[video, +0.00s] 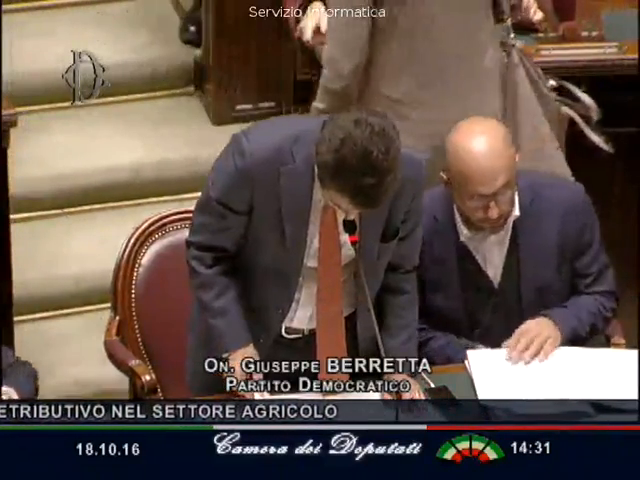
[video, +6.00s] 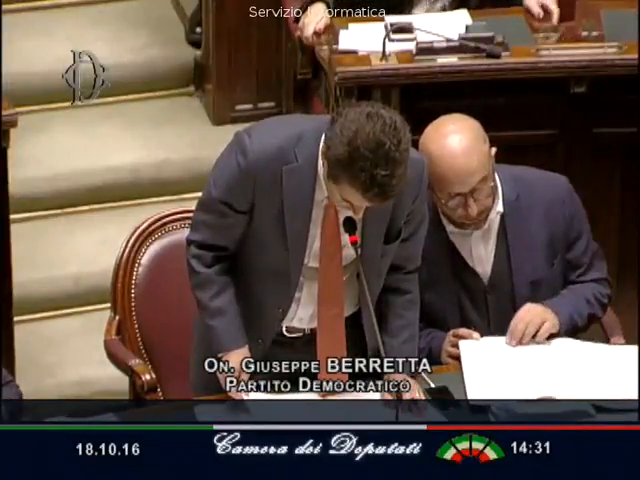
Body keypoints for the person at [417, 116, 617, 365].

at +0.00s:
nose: (494, 211)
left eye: (504, 192)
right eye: (478, 199)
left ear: (516, 160)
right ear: (447, 181)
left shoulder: (567, 204)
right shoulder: (421, 220)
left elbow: (600, 295)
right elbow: (408, 326)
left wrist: (557, 323)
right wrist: (475, 358)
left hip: (560, 369)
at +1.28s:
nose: (474, 212)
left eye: (484, 192)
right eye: (456, 202)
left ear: (496, 159)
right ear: (428, 183)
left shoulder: (553, 198)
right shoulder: (408, 223)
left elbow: (588, 273)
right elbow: (398, 325)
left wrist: (592, 304)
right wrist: (455, 353)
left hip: (553, 371)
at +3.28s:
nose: (480, 206)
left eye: (485, 185)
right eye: (461, 198)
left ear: (492, 156)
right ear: (431, 187)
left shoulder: (553, 198)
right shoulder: (408, 224)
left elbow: (593, 284)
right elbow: (401, 326)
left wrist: (563, 316)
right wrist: (454, 353)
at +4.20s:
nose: (473, 211)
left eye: (481, 192)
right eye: (455, 200)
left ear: (493, 157)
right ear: (429, 185)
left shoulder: (552, 197)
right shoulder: (407, 221)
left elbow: (586, 271)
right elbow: (394, 324)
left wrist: (601, 305)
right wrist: (441, 348)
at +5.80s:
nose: (475, 208)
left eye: (482, 189)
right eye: (457, 198)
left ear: (494, 158)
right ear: (430, 184)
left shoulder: (553, 194)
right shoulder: (409, 219)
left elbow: (595, 278)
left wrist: (568, 304)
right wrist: (440, 345)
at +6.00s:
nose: (471, 209)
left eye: (479, 190)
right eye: (454, 198)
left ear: (492, 158)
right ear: (428, 184)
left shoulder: (552, 196)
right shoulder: (408, 220)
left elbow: (594, 283)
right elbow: (390, 320)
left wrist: (555, 312)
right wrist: (438, 344)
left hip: (547, 373)